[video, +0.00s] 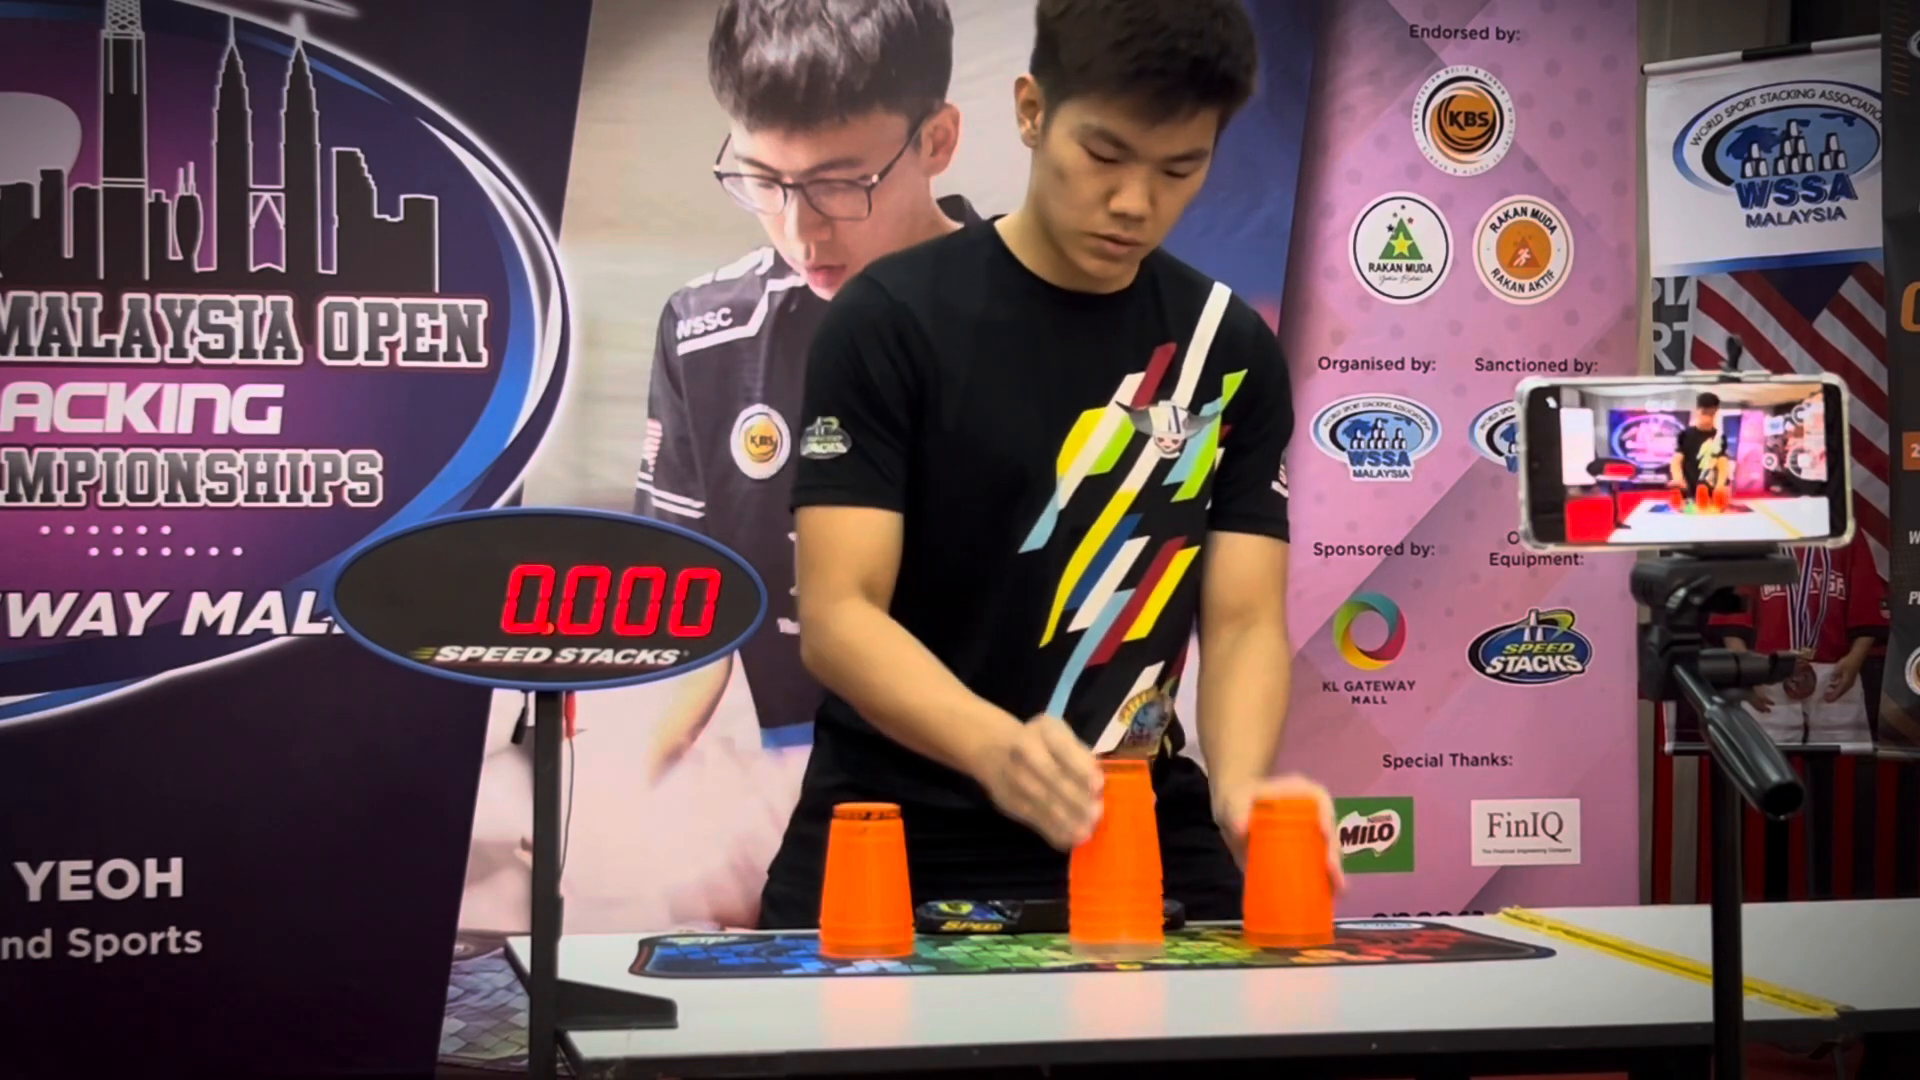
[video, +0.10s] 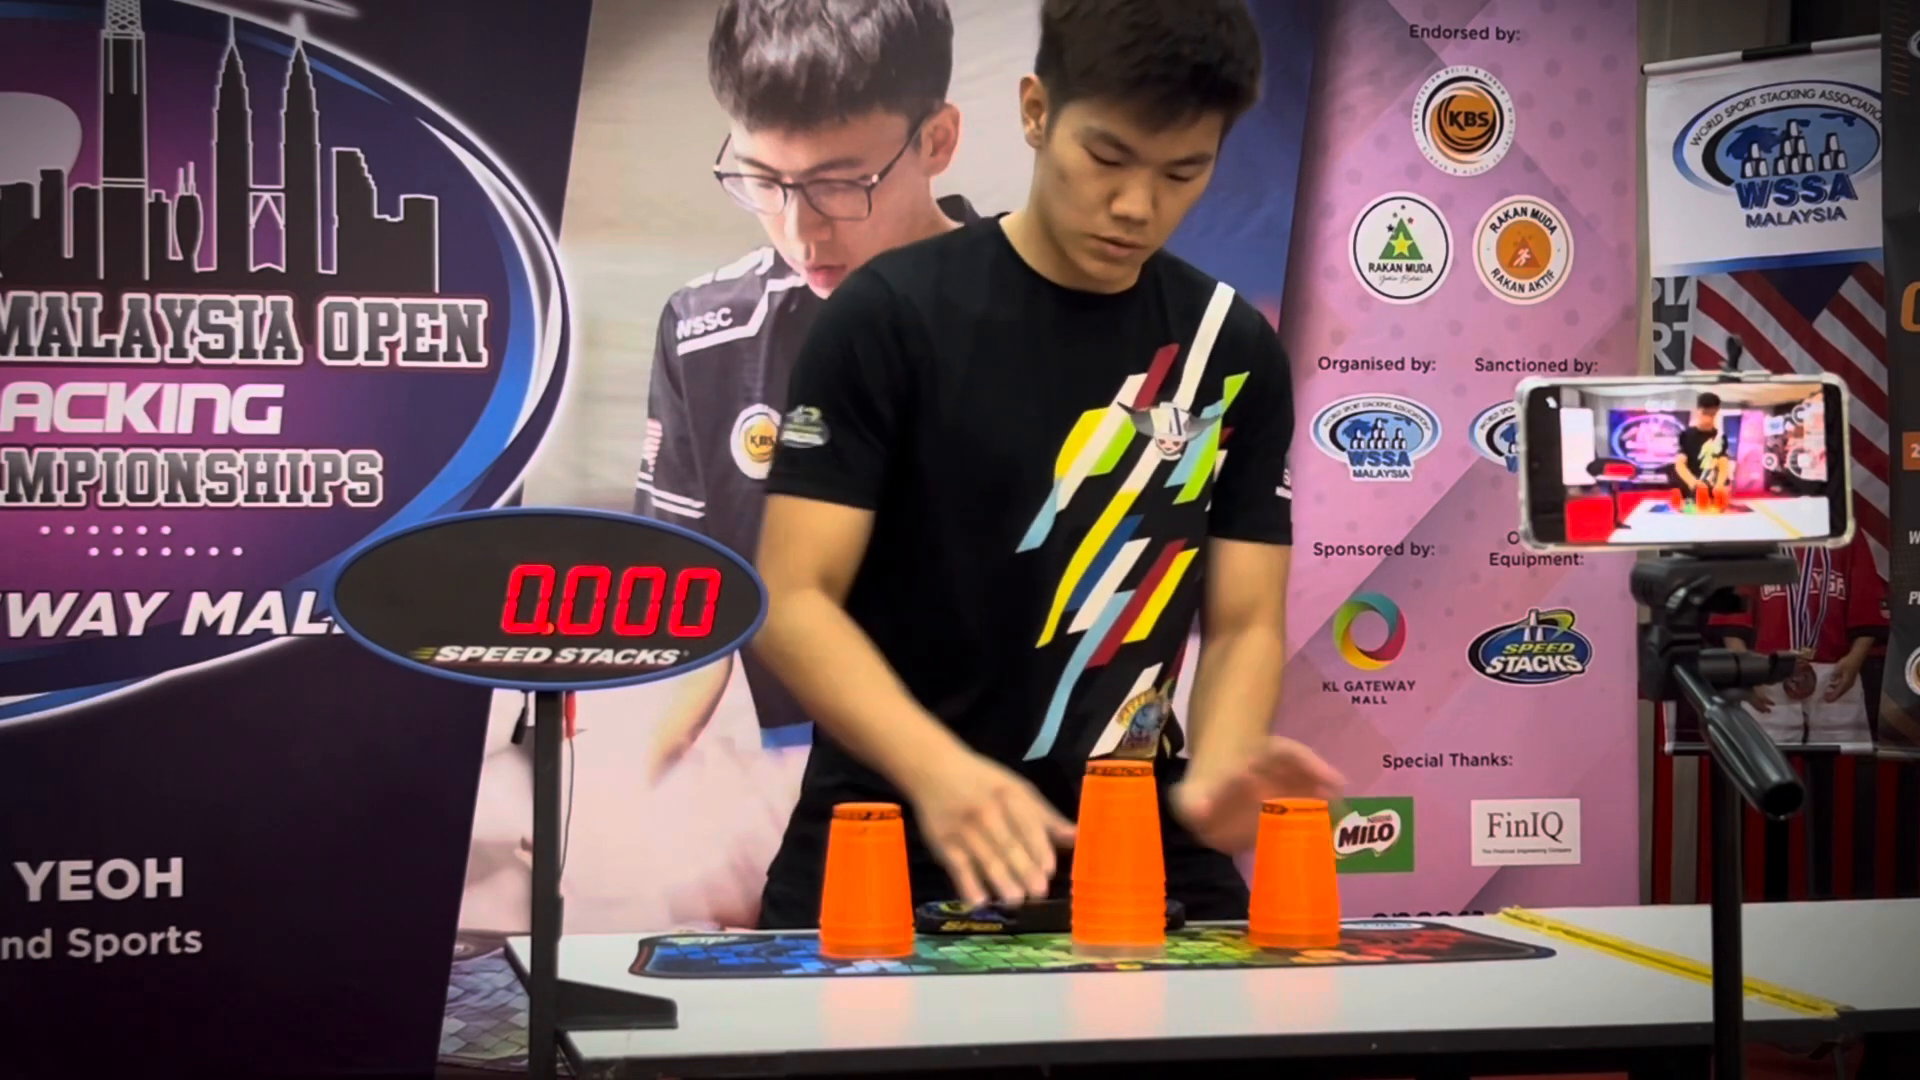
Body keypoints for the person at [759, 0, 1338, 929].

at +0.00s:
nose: (1133, 204)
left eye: (1176, 168)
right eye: (1103, 153)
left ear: (1212, 154)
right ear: (1030, 113)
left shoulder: (1233, 351)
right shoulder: (890, 319)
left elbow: (1244, 619)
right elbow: (836, 618)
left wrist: (1241, 781)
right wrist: (993, 748)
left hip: (1141, 858)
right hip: (892, 856)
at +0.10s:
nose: (1136, 206)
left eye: (1181, 172)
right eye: (1107, 154)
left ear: (1215, 159)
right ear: (1034, 113)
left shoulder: (1236, 353)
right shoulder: (890, 313)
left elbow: (1244, 622)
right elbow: (789, 599)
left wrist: (1218, 763)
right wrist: (937, 772)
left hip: (1135, 883)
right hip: (882, 880)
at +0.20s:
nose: (1137, 221)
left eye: (1181, 186)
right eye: (1108, 169)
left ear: (1216, 171)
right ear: (1035, 124)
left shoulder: (1230, 369)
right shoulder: (883, 324)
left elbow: (1239, 642)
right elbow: (757, 601)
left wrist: (1177, 837)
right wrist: (887, 824)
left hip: (1102, 903)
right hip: (873, 892)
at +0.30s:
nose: (1134, 240)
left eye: (1179, 206)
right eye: (1104, 189)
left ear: (1214, 185)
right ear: (1031, 142)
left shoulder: (1224, 384)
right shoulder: (879, 340)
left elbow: (1246, 663)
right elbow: (744, 611)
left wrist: (1184, 847)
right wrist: (870, 840)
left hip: (1103, 911)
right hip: (871, 898)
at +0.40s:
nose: (1130, 254)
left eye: (1176, 220)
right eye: (1103, 203)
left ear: (1211, 196)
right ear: (1029, 157)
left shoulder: (1219, 395)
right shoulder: (879, 350)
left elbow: (1246, 668)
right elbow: (740, 617)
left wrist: (1183, 848)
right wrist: (870, 847)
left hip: (1091, 915)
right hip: (860, 901)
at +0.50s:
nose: (1130, 259)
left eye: (1175, 225)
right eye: (1102, 208)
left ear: (1210, 202)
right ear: (1028, 163)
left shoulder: (1217, 400)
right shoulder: (878, 353)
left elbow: (1242, 673)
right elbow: (737, 620)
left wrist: (1180, 852)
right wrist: (872, 849)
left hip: (1090, 920)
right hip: (857, 905)